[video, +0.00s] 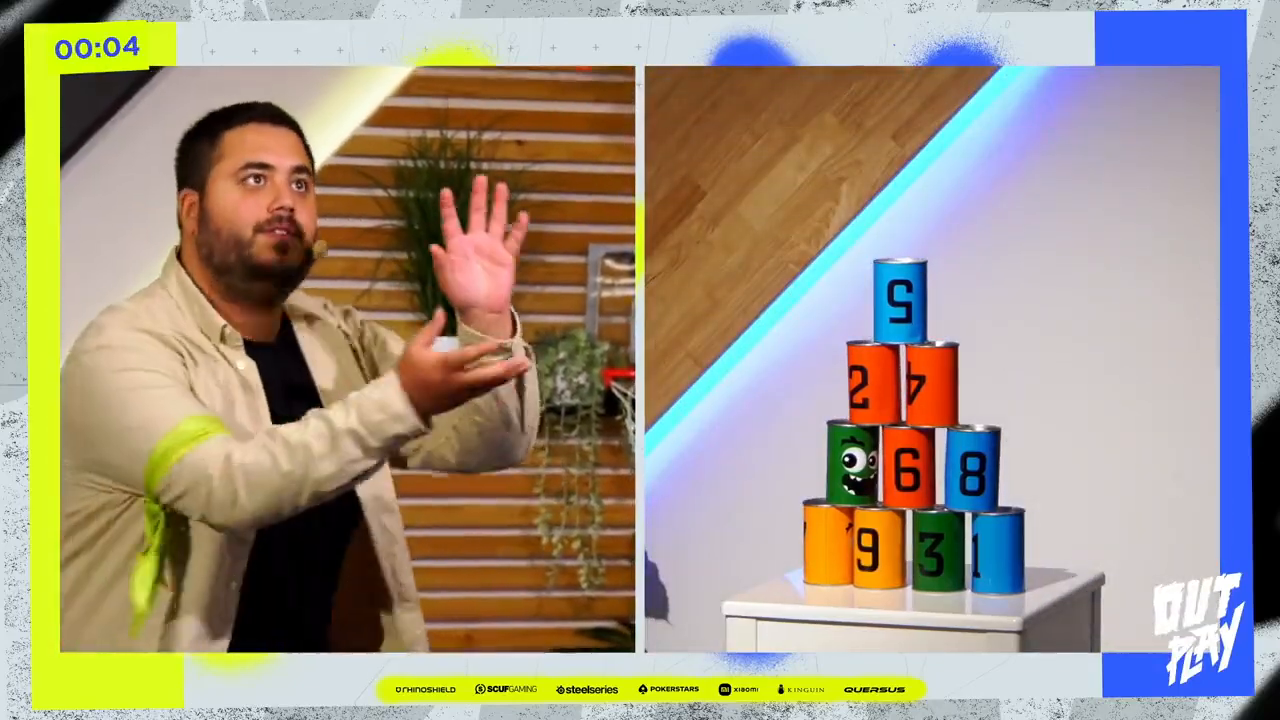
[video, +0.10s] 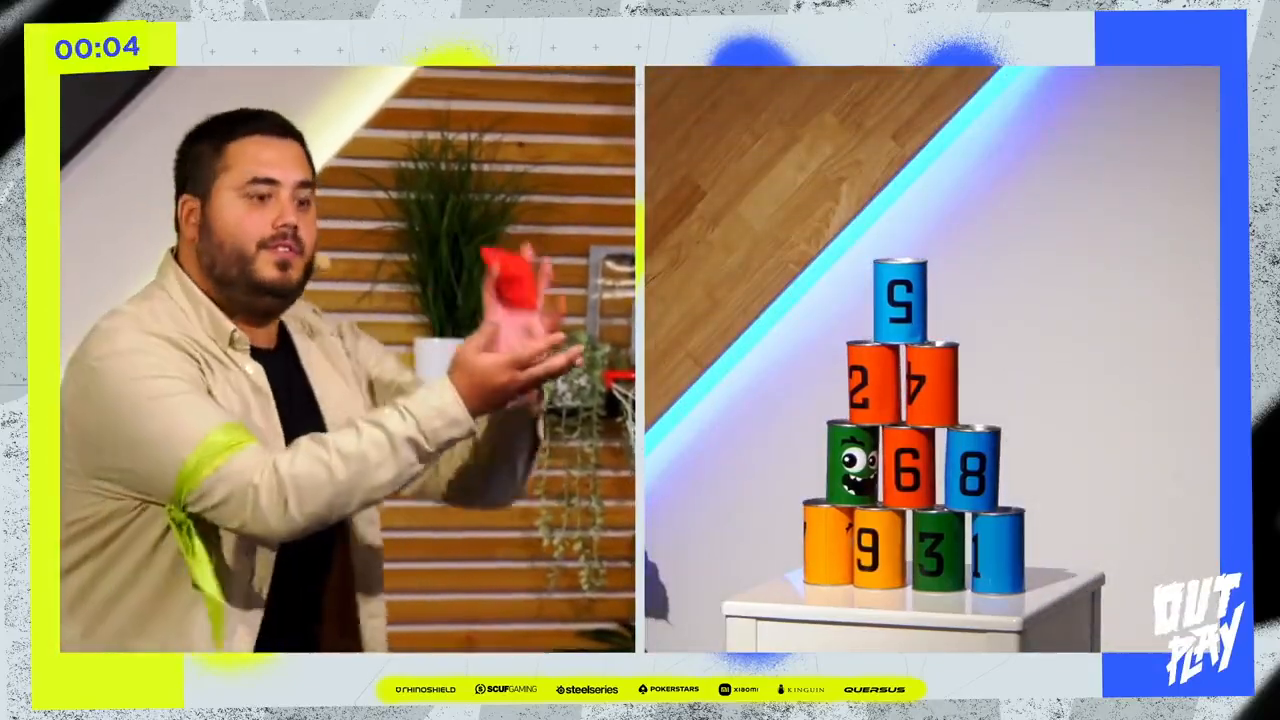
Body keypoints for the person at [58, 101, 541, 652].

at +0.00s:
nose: (286, 203)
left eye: (301, 184)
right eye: (253, 180)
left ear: (315, 217)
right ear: (191, 211)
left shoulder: (347, 343)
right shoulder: (119, 355)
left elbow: (493, 443)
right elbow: (229, 488)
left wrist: (488, 323)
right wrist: (400, 404)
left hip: (321, 691)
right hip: (159, 691)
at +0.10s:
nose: (290, 220)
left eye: (304, 201)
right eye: (259, 195)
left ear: (318, 221)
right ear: (191, 219)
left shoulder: (334, 345)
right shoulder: (127, 362)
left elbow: (476, 483)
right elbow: (271, 500)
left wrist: (511, 385)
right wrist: (459, 401)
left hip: (322, 698)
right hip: (158, 702)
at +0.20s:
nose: (311, 279)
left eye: (321, 254)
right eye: (287, 249)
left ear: (329, 250)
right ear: (210, 235)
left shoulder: (327, 364)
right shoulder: (127, 375)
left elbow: (437, 532)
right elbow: (261, 551)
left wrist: (514, 510)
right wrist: (464, 488)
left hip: (296, 698)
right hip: (140, 700)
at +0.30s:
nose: (334, 357)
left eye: (350, 334)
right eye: (319, 328)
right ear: (251, 285)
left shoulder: (328, 389)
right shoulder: (143, 402)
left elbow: (393, 535)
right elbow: (217, 612)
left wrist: (464, 568)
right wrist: (427, 591)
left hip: (294, 695)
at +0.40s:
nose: (345, 389)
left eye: (362, 367)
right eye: (332, 359)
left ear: (376, 352)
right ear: (269, 311)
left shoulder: (333, 413)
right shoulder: (150, 417)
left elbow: (365, 572)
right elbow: (148, 628)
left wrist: (422, 624)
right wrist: (350, 665)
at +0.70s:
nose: (327, 327)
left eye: (345, 305)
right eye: (306, 296)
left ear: (356, 310)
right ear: (242, 281)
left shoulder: (311, 399)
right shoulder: (157, 403)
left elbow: (345, 556)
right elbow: (143, 617)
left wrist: (369, 637)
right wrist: (331, 639)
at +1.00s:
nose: (304, 277)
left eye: (320, 257)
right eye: (276, 253)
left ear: (333, 271)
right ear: (217, 265)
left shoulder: (299, 392)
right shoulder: (168, 381)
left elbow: (280, 604)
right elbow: (185, 558)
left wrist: (410, 627)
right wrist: (377, 571)